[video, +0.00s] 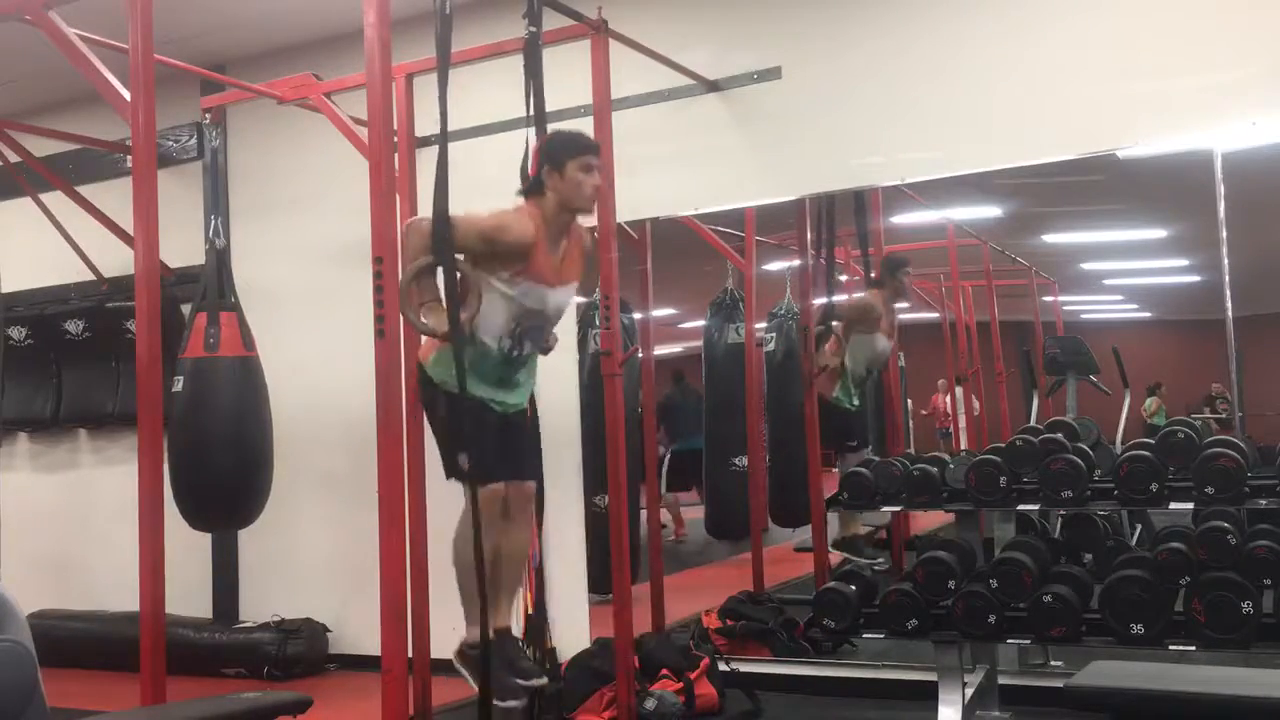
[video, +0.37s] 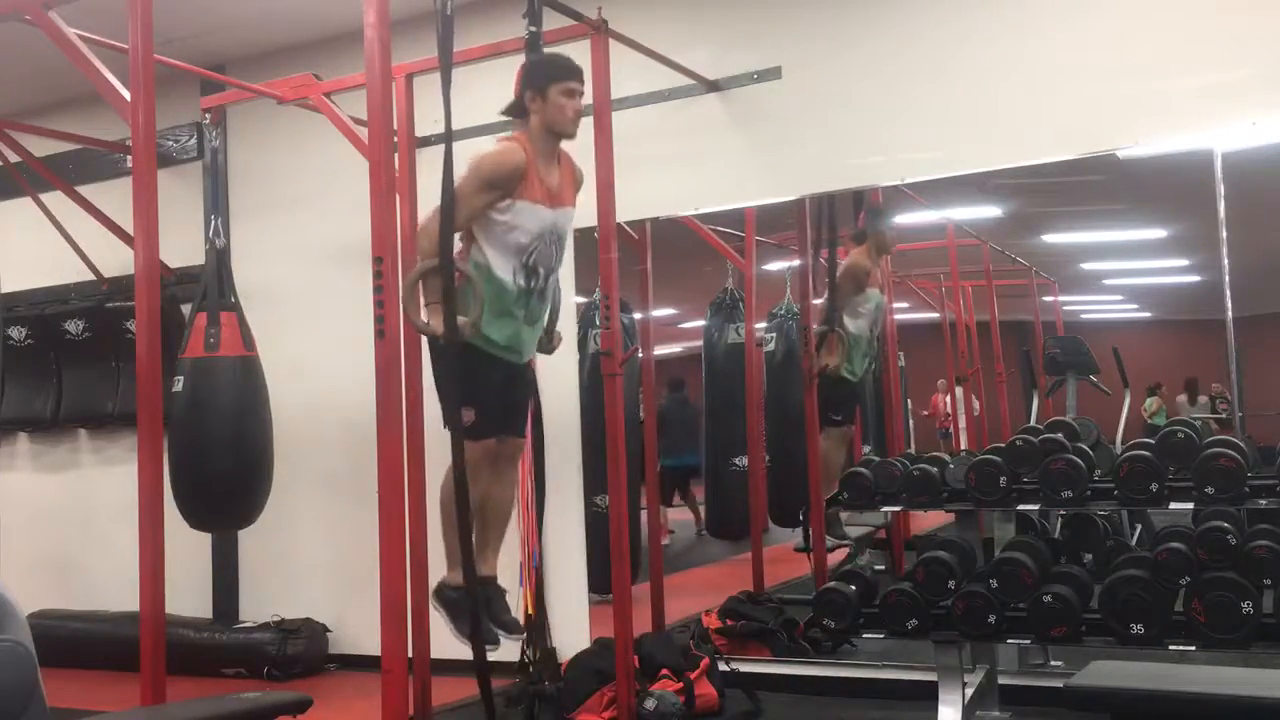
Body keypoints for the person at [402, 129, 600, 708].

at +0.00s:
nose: (596, 182)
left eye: (597, 171)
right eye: (584, 171)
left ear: (586, 181)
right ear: (550, 178)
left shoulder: (577, 239)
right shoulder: (513, 229)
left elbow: (536, 290)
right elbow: (416, 232)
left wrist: (543, 328)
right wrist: (425, 305)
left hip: (513, 384)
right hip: (459, 377)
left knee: (518, 499)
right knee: (491, 499)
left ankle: (496, 636)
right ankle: (479, 639)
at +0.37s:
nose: (580, 106)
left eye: (581, 96)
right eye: (569, 95)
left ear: (573, 105)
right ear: (532, 99)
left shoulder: (570, 172)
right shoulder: (504, 162)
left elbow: (543, 253)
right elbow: (429, 233)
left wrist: (546, 320)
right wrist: (422, 308)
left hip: (516, 339)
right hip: (467, 333)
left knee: (507, 451)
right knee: (475, 450)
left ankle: (486, 577)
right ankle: (456, 581)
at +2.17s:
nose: (584, 184)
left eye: (587, 173)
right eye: (574, 172)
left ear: (582, 179)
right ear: (538, 175)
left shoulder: (566, 234)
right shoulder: (505, 222)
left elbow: (523, 291)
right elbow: (407, 237)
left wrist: (538, 327)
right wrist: (425, 312)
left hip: (514, 382)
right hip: (466, 381)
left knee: (529, 510)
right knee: (497, 511)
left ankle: (543, 645)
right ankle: (521, 652)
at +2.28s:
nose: (588, 210)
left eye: (590, 199)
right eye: (577, 198)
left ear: (584, 206)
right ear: (542, 201)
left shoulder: (565, 256)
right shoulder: (506, 243)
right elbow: (411, 238)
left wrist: (522, 331)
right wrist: (443, 318)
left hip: (506, 397)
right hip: (458, 396)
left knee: (523, 527)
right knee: (494, 528)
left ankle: (535, 661)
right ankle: (514, 669)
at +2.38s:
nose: (594, 234)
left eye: (596, 225)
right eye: (584, 223)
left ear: (586, 232)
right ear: (548, 225)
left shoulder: (565, 279)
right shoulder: (509, 261)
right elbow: (415, 234)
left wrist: (526, 343)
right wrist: (434, 310)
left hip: (499, 417)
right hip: (452, 414)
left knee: (513, 543)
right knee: (487, 548)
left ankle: (525, 672)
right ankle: (502, 682)